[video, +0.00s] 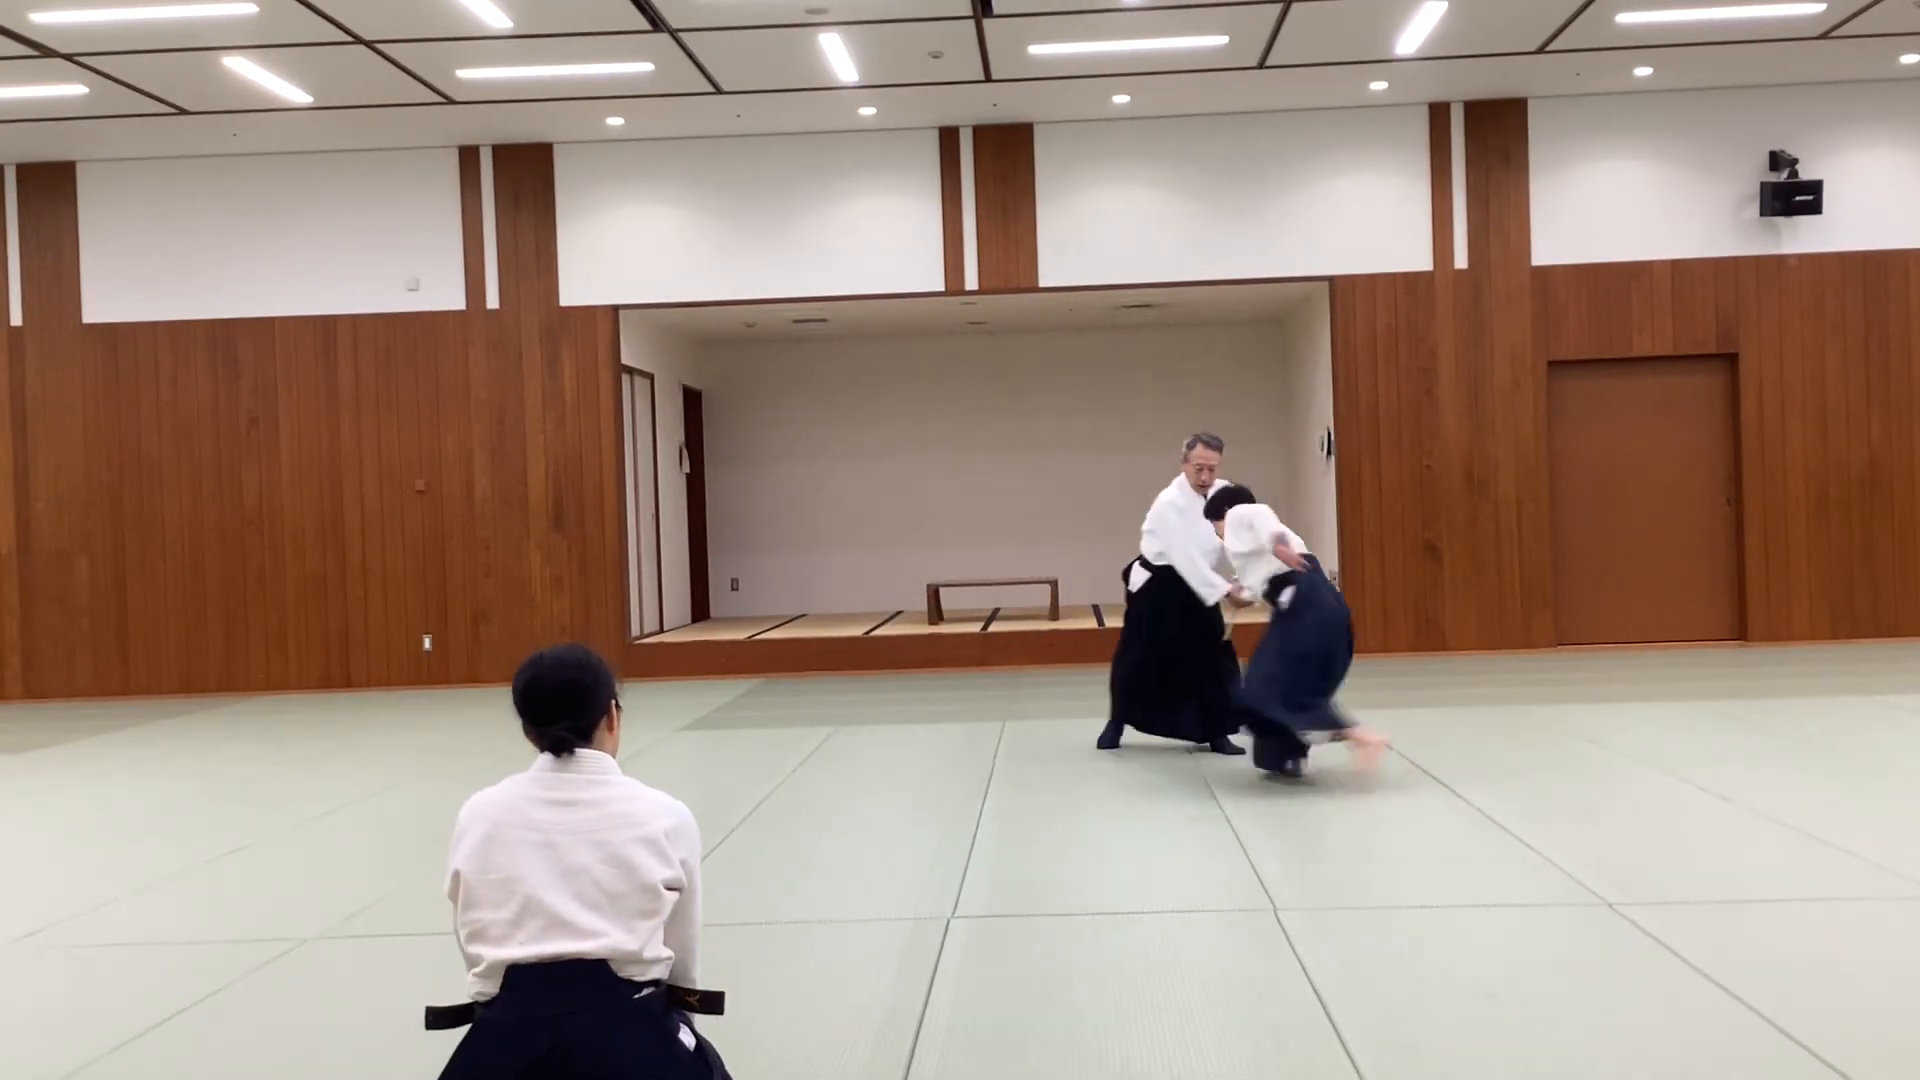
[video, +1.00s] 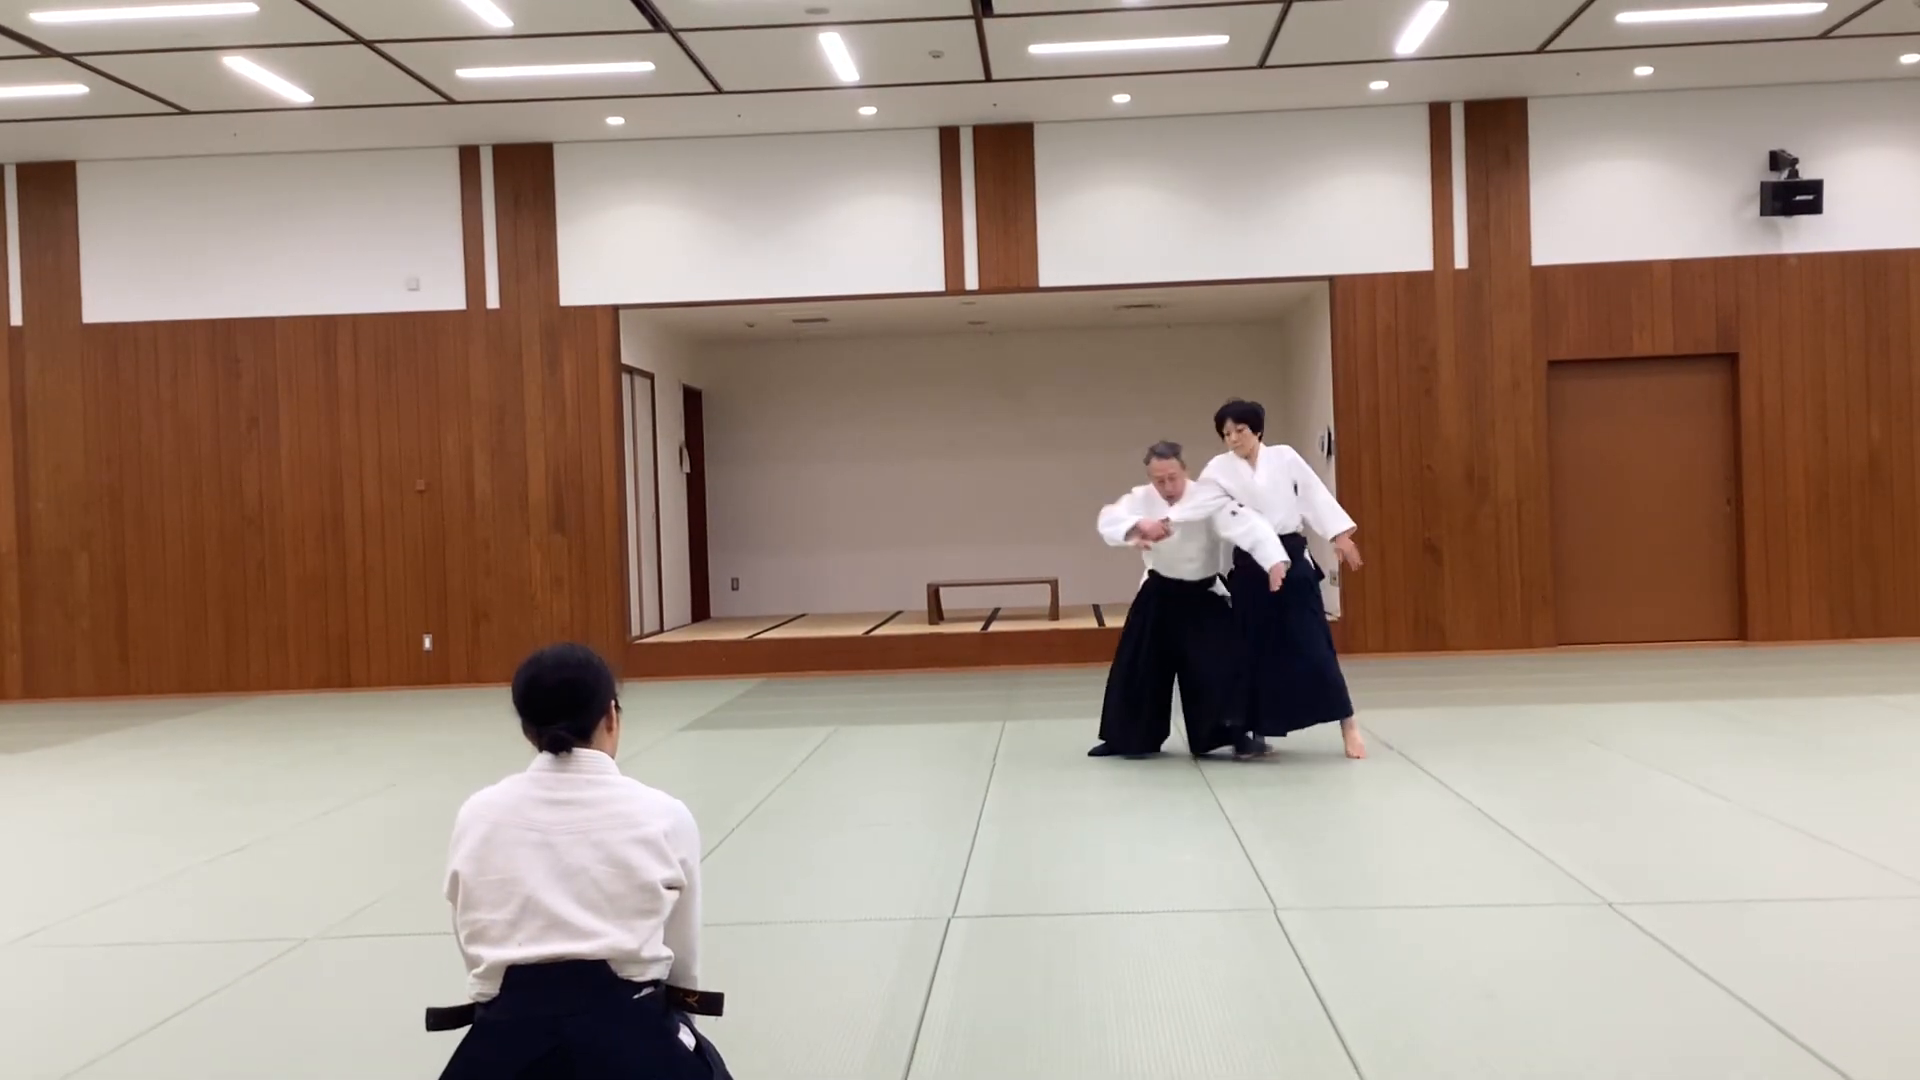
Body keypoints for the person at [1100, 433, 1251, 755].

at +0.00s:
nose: (1205, 476)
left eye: (1212, 469)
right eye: (1199, 468)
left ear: (1219, 468)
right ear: (1184, 465)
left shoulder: (1220, 495)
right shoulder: (1168, 502)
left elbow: (1241, 537)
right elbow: (1183, 558)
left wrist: (1250, 576)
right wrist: (1223, 589)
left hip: (1196, 582)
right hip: (1155, 584)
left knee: (1212, 656)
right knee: (1134, 656)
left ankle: (1216, 732)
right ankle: (1115, 723)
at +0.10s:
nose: (1189, 474)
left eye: (1195, 468)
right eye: (1182, 466)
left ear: (1202, 467)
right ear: (1168, 464)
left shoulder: (1206, 497)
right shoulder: (1148, 501)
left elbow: (1215, 544)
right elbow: (1154, 555)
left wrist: (1219, 582)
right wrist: (1186, 591)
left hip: (1183, 583)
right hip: (1140, 584)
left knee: (1204, 657)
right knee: (1121, 657)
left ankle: (1217, 733)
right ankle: (1108, 728)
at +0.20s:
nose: (1172, 471)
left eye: (1178, 465)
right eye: (1166, 463)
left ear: (1185, 462)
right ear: (1150, 458)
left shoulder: (1194, 496)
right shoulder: (1129, 490)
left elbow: (1198, 549)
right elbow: (1124, 540)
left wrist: (1188, 594)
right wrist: (1154, 567)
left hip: (1174, 586)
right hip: (1127, 583)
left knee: (1193, 657)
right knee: (1116, 655)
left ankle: (1210, 729)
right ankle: (1107, 726)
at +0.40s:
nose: (1164, 464)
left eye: (1169, 457)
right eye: (1157, 457)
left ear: (1175, 456)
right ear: (1141, 453)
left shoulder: (1185, 492)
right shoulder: (1119, 478)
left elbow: (1184, 549)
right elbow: (1105, 506)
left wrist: (1171, 596)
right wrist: (1132, 518)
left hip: (1166, 578)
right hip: (1124, 576)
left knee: (1177, 655)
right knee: (1114, 653)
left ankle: (1184, 730)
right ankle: (1106, 728)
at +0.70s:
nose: (1159, 470)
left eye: (1165, 462)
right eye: (1152, 463)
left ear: (1175, 457)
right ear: (1139, 459)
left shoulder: (1188, 490)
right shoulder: (1125, 474)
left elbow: (1206, 538)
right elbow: (1083, 477)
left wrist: (1210, 582)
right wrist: (1113, 492)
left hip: (1177, 580)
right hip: (1136, 578)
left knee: (1184, 657)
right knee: (1123, 655)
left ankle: (1188, 733)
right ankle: (1117, 734)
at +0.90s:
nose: (1149, 480)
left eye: (1154, 472)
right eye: (1141, 474)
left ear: (1167, 466)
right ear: (1133, 472)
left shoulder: (1190, 492)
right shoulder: (1126, 492)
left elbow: (1227, 518)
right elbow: (1088, 506)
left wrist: (1259, 551)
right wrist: (1118, 508)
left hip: (1193, 590)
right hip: (1148, 589)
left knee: (1208, 663)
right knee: (1129, 662)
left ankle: (1208, 738)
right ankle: (1117, 738)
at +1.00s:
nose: (1167, 486)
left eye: (1172, 478)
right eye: (1159, 480)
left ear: (1185, 472)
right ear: (1150, 478)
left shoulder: (1207, 497)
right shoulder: (1141, 499)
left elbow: (1247, 523)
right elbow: (1107, 519)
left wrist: (1275, 559)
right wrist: (1136, 529)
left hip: (1205, 594)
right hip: (1159, 593)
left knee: (1223, 662)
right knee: (1138, 663)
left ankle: (1237, 733)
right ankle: (1131, 737)